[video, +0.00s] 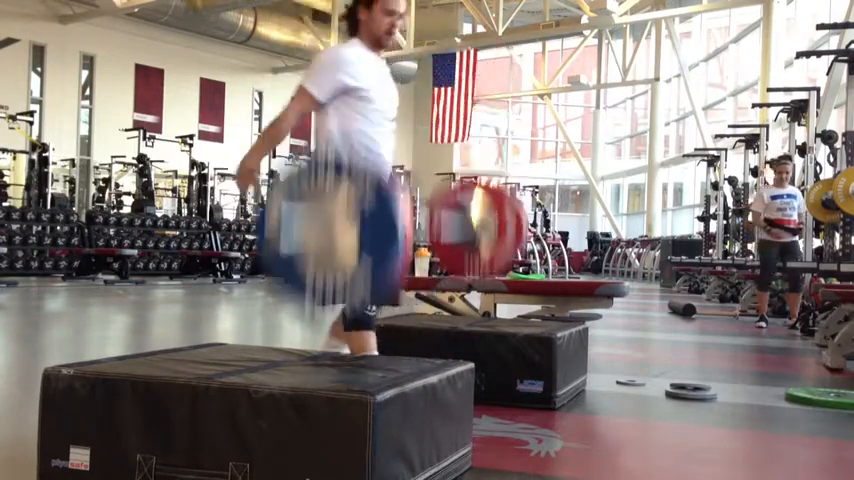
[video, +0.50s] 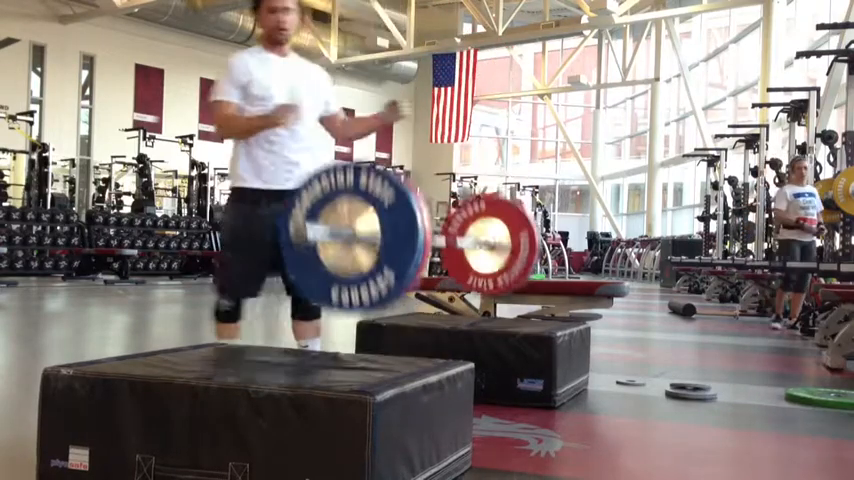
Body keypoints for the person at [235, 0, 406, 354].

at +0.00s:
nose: (398, 24)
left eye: (402, 16)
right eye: (390, 14)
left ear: (403, 20)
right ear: (363, 13)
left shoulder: (381, 70)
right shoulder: (340, 58)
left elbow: (373, 136)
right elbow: (292, 113)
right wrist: (252, 160)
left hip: (375, 189)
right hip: (343, 186)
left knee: (370, 286)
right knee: (358, 291)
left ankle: (323, 365)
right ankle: (373, 384)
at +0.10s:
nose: (380, 29)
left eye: (385, 22)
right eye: (373, 19)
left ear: (388, 25)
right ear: (348, 17)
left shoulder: (369, 75)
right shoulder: (322, 63)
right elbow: (283, 123)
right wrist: (255, 183)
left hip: (365, 198)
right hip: (328, 197)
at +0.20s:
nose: (360, 26)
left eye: (366, 20)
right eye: (353, 17)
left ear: (370, 26)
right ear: (330, 15)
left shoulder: (356, 78)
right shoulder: (304, 59)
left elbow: (360, 145)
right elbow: (283, 125)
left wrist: (376, 196)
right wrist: (280, 189)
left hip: (350, 196)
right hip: (311, 193)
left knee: (339, 290)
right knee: (326, 291)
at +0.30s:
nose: (337, 23)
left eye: (343, 16)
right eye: (329, 13)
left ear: (347, 22)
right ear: (306, 13)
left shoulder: (346, 77)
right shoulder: (285, 57)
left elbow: (357, 131)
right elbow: (266, 117)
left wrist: (397, 162)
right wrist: (304, 161)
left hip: (333, 186)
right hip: (289, 184)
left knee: (325, 277)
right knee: (301, 279)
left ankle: (321, 365)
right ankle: (302, 369)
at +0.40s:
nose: (311, 20)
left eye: (318, 13)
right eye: (303, 11)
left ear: (325, 18)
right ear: (285, 13)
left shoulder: (331, 74)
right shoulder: (264, 59)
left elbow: (349, 127)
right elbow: (248, 120)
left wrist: (405, 130)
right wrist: (294, 126)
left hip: (318, 189)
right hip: (268, 187)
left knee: (314, 283)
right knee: (266, 285)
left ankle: (314, 369)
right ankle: (258, 370)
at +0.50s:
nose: (281, 19)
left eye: (288, 11)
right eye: (272, 11)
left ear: (298, 18)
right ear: (258, 17)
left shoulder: (314, 74)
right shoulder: (242, 64)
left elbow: (341, 129)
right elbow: (224, 125)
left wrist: (383, 118)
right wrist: (268, 120)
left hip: (305, 196)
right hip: (251, 196)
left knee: (306, 289)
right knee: (230, 294)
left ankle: (313, 373)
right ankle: (227, 371)